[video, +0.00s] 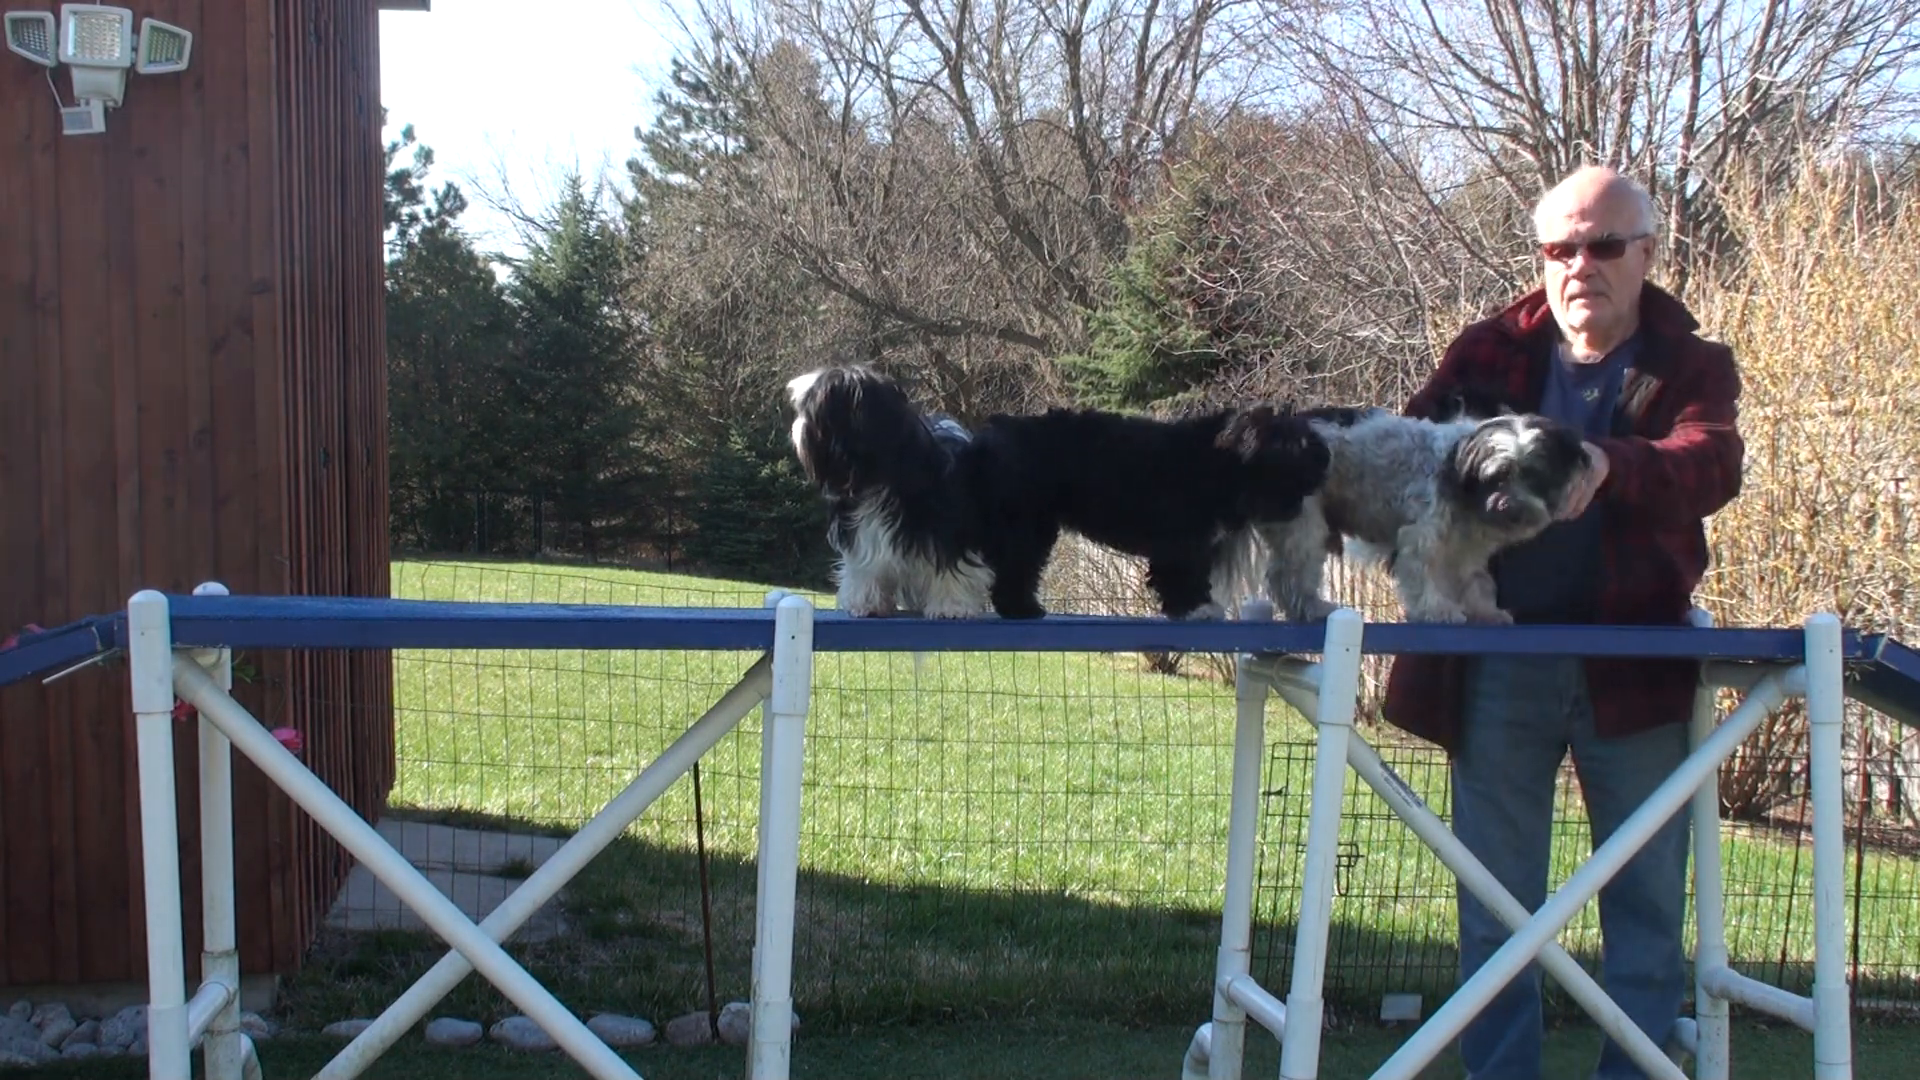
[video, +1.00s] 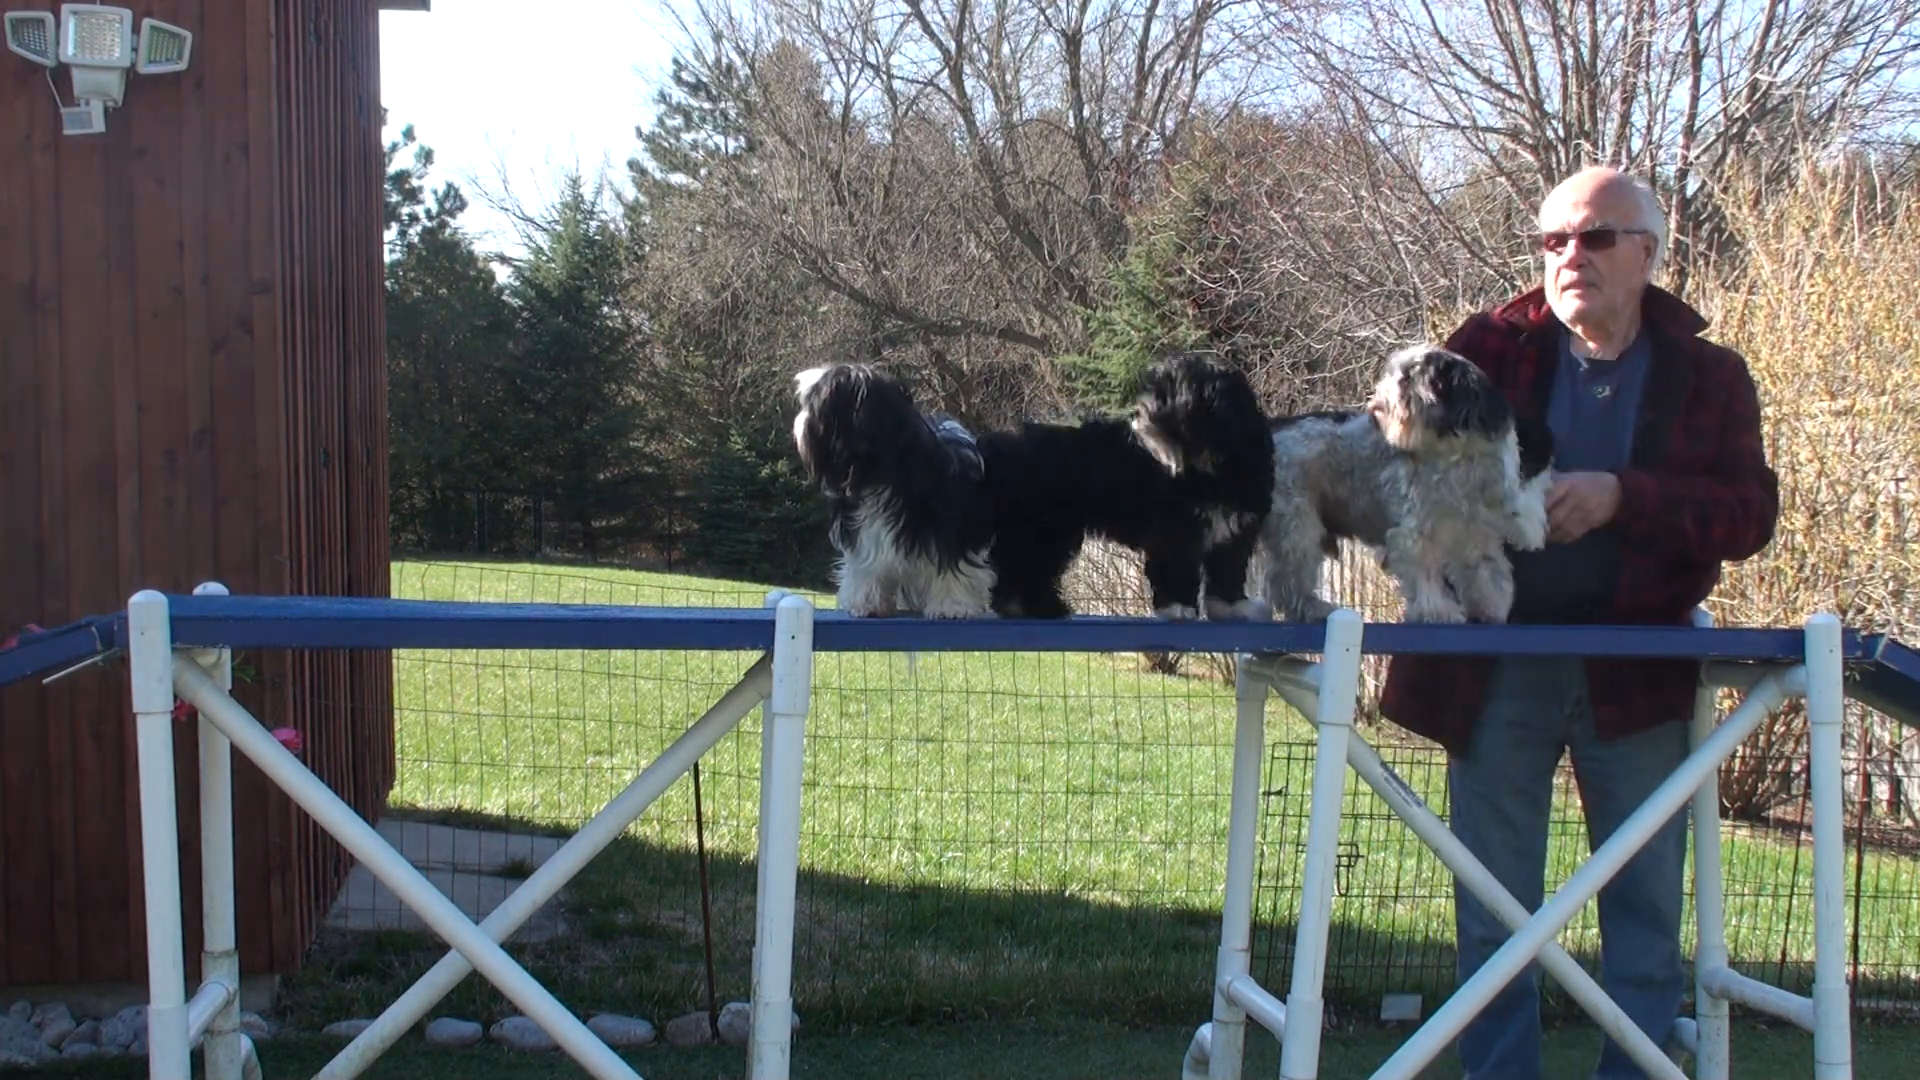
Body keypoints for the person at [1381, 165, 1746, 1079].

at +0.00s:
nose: (1583, 264)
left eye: (1606, 245)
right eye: (1564, 247)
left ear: (1647, 252)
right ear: (1539, 256)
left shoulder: (1693, 362)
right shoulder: (1486, 350)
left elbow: (1715, 466)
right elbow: (1410, 457)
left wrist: (1604, 466)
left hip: (1637, 660)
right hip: (1497, 657)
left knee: (1646, 899)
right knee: (1494, 898)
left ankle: (1639, 1070)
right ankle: (1497, 1065)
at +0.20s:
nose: (1572, 265)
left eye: (1596, 247)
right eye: (1556, 248)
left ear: (1647, 255)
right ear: (1539, 259)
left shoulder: (1698, 366)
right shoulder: (1486, 352)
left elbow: (1736, 482)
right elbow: (1409, 464)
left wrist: (1620, 457)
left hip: (1636, 664)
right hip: (1498, 659)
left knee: (1645, 905)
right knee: (1493, 902)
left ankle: (1639, 1070)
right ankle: (1497, 1064)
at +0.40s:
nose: (1565, 265)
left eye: (1589, 246)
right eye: (1551, 248)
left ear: (1646, 255)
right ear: (1537, 258)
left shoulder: (1702, 369)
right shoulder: (1488, 350)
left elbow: (1733, 495)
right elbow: (1398, 451)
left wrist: (1616, 479)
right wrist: (1446, 475)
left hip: (1637, 664)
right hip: (1498, 659)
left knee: (1645, 904)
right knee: (1493, 902)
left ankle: (1639, 1069)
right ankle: (1497, 1063)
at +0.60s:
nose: (1559, 262)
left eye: (1584, 244)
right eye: (1545, 246)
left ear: (1643, 252)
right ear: (1532, 258)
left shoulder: (1706, 372)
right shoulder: (1487, 349)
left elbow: (1743, 507)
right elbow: (1391, 445)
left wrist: (1630, 486)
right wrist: (1436, 465)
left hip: (1636, 665)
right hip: (1496, 660)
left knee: (1643, 907)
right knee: (1492, 905)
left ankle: (1638, 1071)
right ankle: (1497, 1065)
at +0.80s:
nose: (1558, 260)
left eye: (1583, 242)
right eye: (1545, 245)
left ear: (1642, 252)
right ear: (1532, 258)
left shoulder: (1708, 375)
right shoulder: (1490, 348)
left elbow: (1743, 514)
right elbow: (1412, 433)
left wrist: (1627, 490)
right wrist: (1412, 431)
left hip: (1637, 663)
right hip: (1497, 658)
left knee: (1644, 906)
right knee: (1492, 905)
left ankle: (1639, 1071)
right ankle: (1497, 1065)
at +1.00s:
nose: (1571, 255)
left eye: (1597, 237)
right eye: (1555, 241)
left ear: (1648, 252)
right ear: (1539, 257)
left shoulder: (1708, 375)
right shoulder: (1491, 348)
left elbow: (1746, 514)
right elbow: (1408, 424)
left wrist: (1622, 496)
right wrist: (1398, 419)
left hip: (1637, 662)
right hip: (1497, 659)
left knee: (1644, 905)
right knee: (1492, 904)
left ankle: (1638, 1071)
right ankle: (1496, 1065)